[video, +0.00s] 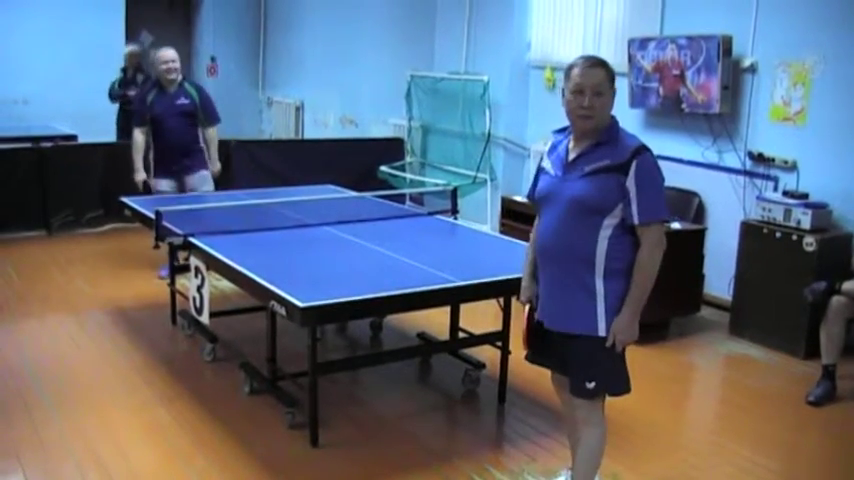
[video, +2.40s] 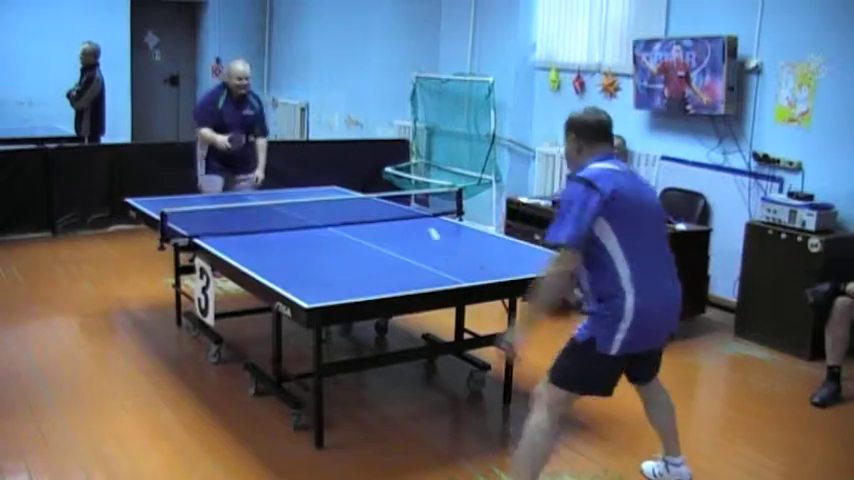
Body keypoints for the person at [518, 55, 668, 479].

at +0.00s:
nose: (585, 102)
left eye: (596, 94)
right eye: (576, 92)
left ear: (612, 99)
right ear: (564, 97)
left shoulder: (634, 158)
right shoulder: (555, 146)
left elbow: (654, 241)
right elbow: (541, 218)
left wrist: (631, 312)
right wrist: (529, 275)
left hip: (598, 306)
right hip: (554, 297)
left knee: (588, 401)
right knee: (564, 387)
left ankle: (583, 477)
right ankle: (578, 468)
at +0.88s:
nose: (549, 102)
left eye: (551, 94)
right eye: (551, 93)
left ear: (564, 99)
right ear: (601, 99)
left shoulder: (590, 163)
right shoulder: (611, 150)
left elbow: (589, 251)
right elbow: (590, 239)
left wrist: (567, 329)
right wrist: (548, 279)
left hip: (590, 318)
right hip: (606, 312)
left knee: (568, 406)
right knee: (590, 406)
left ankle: (574, 476)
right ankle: (588, 470)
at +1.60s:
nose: (538, 111)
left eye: (540, 104)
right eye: (541, 103)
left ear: (548, 106)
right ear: (585, 105)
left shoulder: (561, 162)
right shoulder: (616, 150)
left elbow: (590, 241)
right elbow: (636, 226)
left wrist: (601, 313)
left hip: (583, 308)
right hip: (631, 304)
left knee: (545, 402)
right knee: (618, 395)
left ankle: (525, 475)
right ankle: (613, 476)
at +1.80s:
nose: (524, 112)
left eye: (524, 104)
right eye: (525, 105)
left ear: (531, 106)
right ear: (572, 104)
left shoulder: (536, 160)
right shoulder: (609, 153)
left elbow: (545, 245)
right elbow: (628, 226)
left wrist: (556, 322)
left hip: (571, 314)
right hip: (619, 308)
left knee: (529, 402)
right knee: (608, 391)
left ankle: (517, 475)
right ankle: (611, 475)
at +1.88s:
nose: (520, 110)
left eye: (522, 103)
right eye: (524, 102)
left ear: (528, 105)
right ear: (569, 104)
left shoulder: (531, 158)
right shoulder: (607, 152)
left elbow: (529, 245)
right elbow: (625, 225)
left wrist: (525, 325)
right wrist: (626, 297)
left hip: (558, 311)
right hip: (612, 307)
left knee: (526, 402)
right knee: (607, 390)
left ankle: (514, 475)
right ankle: (611, 474)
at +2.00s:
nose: (520, 112)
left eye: (521, 106)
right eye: (521, 106)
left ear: (527, 106)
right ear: (568, 107)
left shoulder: (530, 157)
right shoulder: (605, 156)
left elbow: (504, 248)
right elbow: (621, 229)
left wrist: (480, 324)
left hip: (560, 303)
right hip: (614, 299)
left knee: (522, 396)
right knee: (610, 383)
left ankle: (513, 475)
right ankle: (621, 473)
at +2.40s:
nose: (565, 154)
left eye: (566, 146)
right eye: (565, 147)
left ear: (576, 145)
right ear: (610, 144)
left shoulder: (587, 182)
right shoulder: (636, 180)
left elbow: (564, 263)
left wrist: (521, 329)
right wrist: (582, 284)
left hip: (620, 314)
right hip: (663, 308)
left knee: (549, 399)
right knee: (647, 380)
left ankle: (519, 472)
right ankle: (675, 462)